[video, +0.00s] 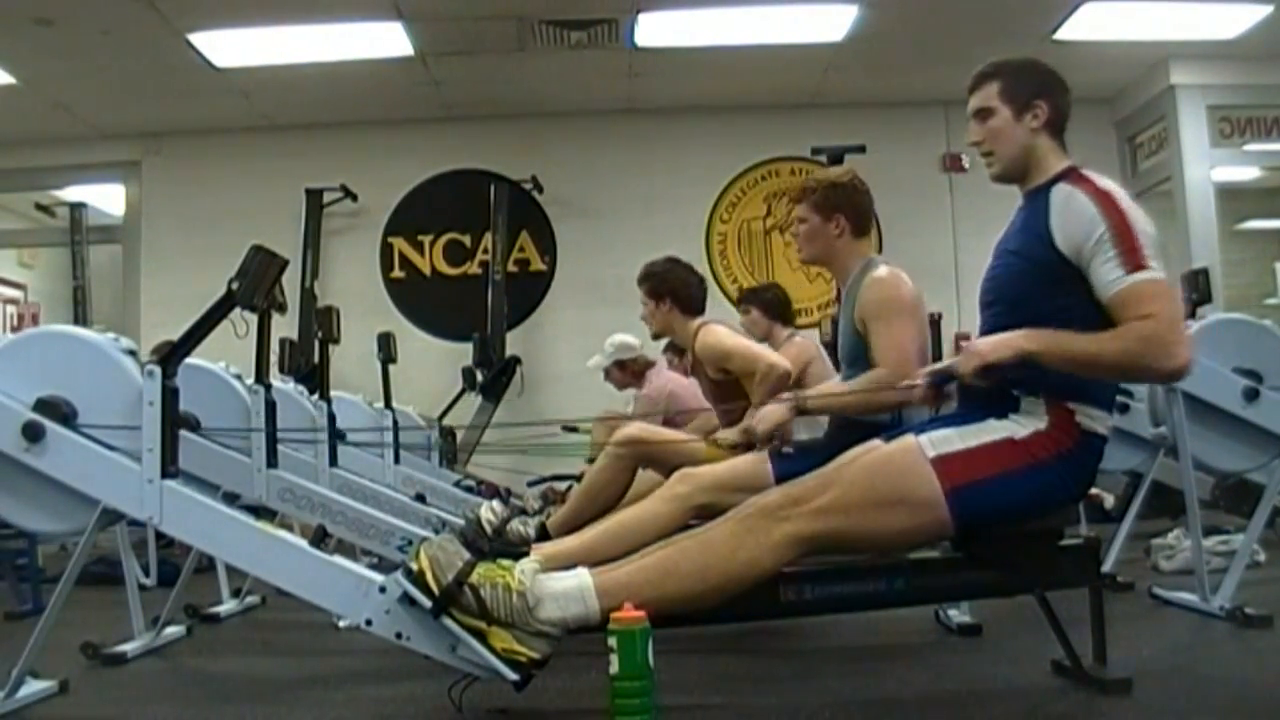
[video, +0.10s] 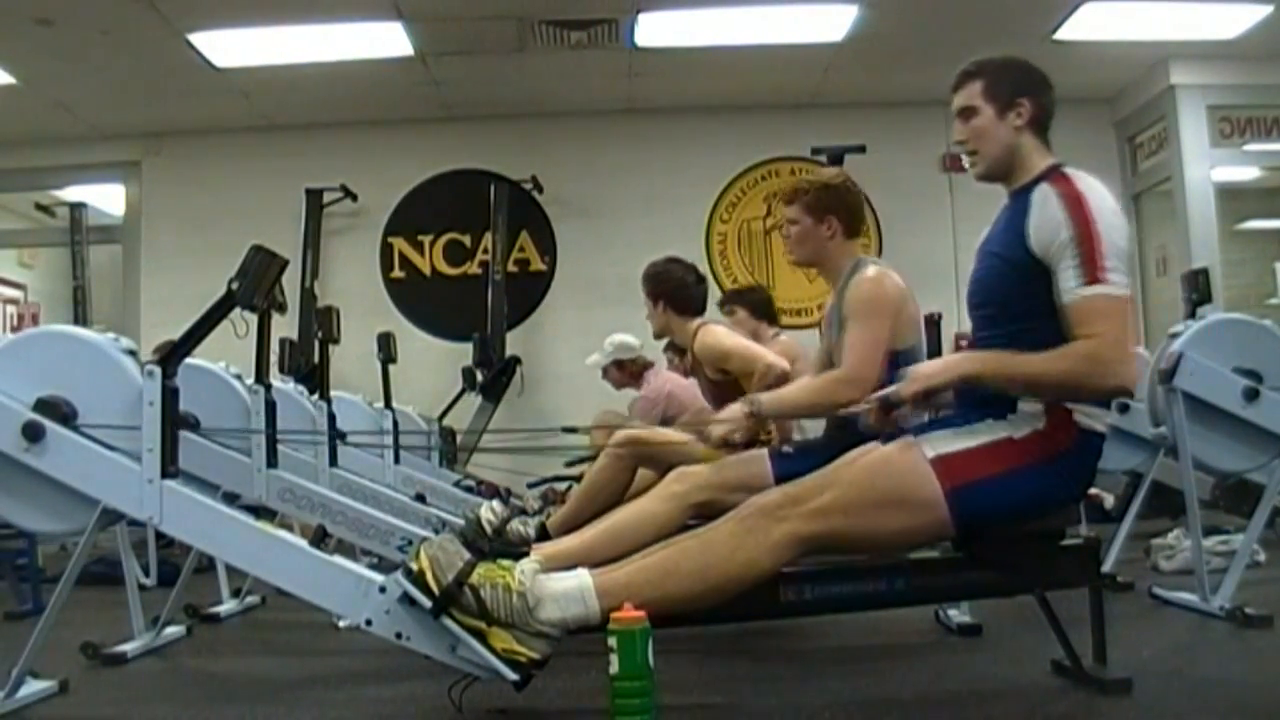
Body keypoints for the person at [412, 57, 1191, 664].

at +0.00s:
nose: (973, 140)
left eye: (985, 121)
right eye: (971, 126)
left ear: (1038, 117)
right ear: (1012, 126)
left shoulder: (1086, 198)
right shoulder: (1040, 213)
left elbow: (1166, 344)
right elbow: (1062, 341)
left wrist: (1018, 345)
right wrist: (972, 364)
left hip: (1042, 436)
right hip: (1002, 425)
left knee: (800, 513)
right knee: (782, 502)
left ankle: (566, 606)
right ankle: (560, 593)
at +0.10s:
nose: (954, 138)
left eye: (968, 118)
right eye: (953, 124)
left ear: (1023, 117)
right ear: (1006, 125)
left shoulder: (1068, 199)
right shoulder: (1020, 212)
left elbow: (1114, 363)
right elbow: (1037, 355)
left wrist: (962, 363)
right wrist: (938, 380)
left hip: (1037, 434)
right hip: (997, 427)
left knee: (791, 519)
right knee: (770, 506)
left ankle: (555, 608)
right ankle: (552, 597)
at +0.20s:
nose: (933, 132)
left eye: (946, 113)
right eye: (931, 119)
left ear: (999, 113)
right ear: (979, 123)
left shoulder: (1044, 196)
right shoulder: (993, 216)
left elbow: (1038, 369)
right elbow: (986, 362)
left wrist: (885, 391)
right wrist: (879, 405)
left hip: (1035, 438)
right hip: (990, 431)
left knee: (788, 508)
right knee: (761, 496)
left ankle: (554, 605)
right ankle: (551, 597)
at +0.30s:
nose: (899, 133)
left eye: (912, 114)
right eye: (899, 119)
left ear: (967, 116)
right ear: (945, 123)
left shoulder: (1013, 194)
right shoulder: (952, 228)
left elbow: (966, 364)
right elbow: (914, 351)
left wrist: (811, 416)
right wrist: (801, 410)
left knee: (775, 486)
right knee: (716, 461)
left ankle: (555, 607)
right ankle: (538, 579)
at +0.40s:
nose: (853, 135)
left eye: (866, 116)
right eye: (854, 119)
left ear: (919, 119)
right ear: (907, 124)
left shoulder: (970, 197)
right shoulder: (916, 220)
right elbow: (860, 353)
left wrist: (732, 429)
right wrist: (736, 417)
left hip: (1015, 439)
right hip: (965, 432)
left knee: (752, 462)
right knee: (739, 460)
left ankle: (556, 603)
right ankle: (549, 595)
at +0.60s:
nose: (751, 157)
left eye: (760, 135)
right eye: (755, 138)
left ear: (802, 137)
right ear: (806, 138)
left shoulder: (868, 213)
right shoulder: (830, 224)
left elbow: (754, 371)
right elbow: (732, 350)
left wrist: (612, 451)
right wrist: (617, 441)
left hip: (961, 441)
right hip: (912, 430)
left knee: (714, 419)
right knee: (696, 409)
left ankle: (546, 608)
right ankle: (536, 592)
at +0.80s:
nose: (658, 166)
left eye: (665, 150)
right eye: (660, 151)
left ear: (697, 150)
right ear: (713, 154)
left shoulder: (770, 225)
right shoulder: (735, 235)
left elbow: (650, 382)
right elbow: (642, 370)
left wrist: (515, 467)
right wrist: (549, 475)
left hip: (882, 450)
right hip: (837, 440)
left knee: (654, 385)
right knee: (631, 394)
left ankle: (544, 602)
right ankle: (531, 590)